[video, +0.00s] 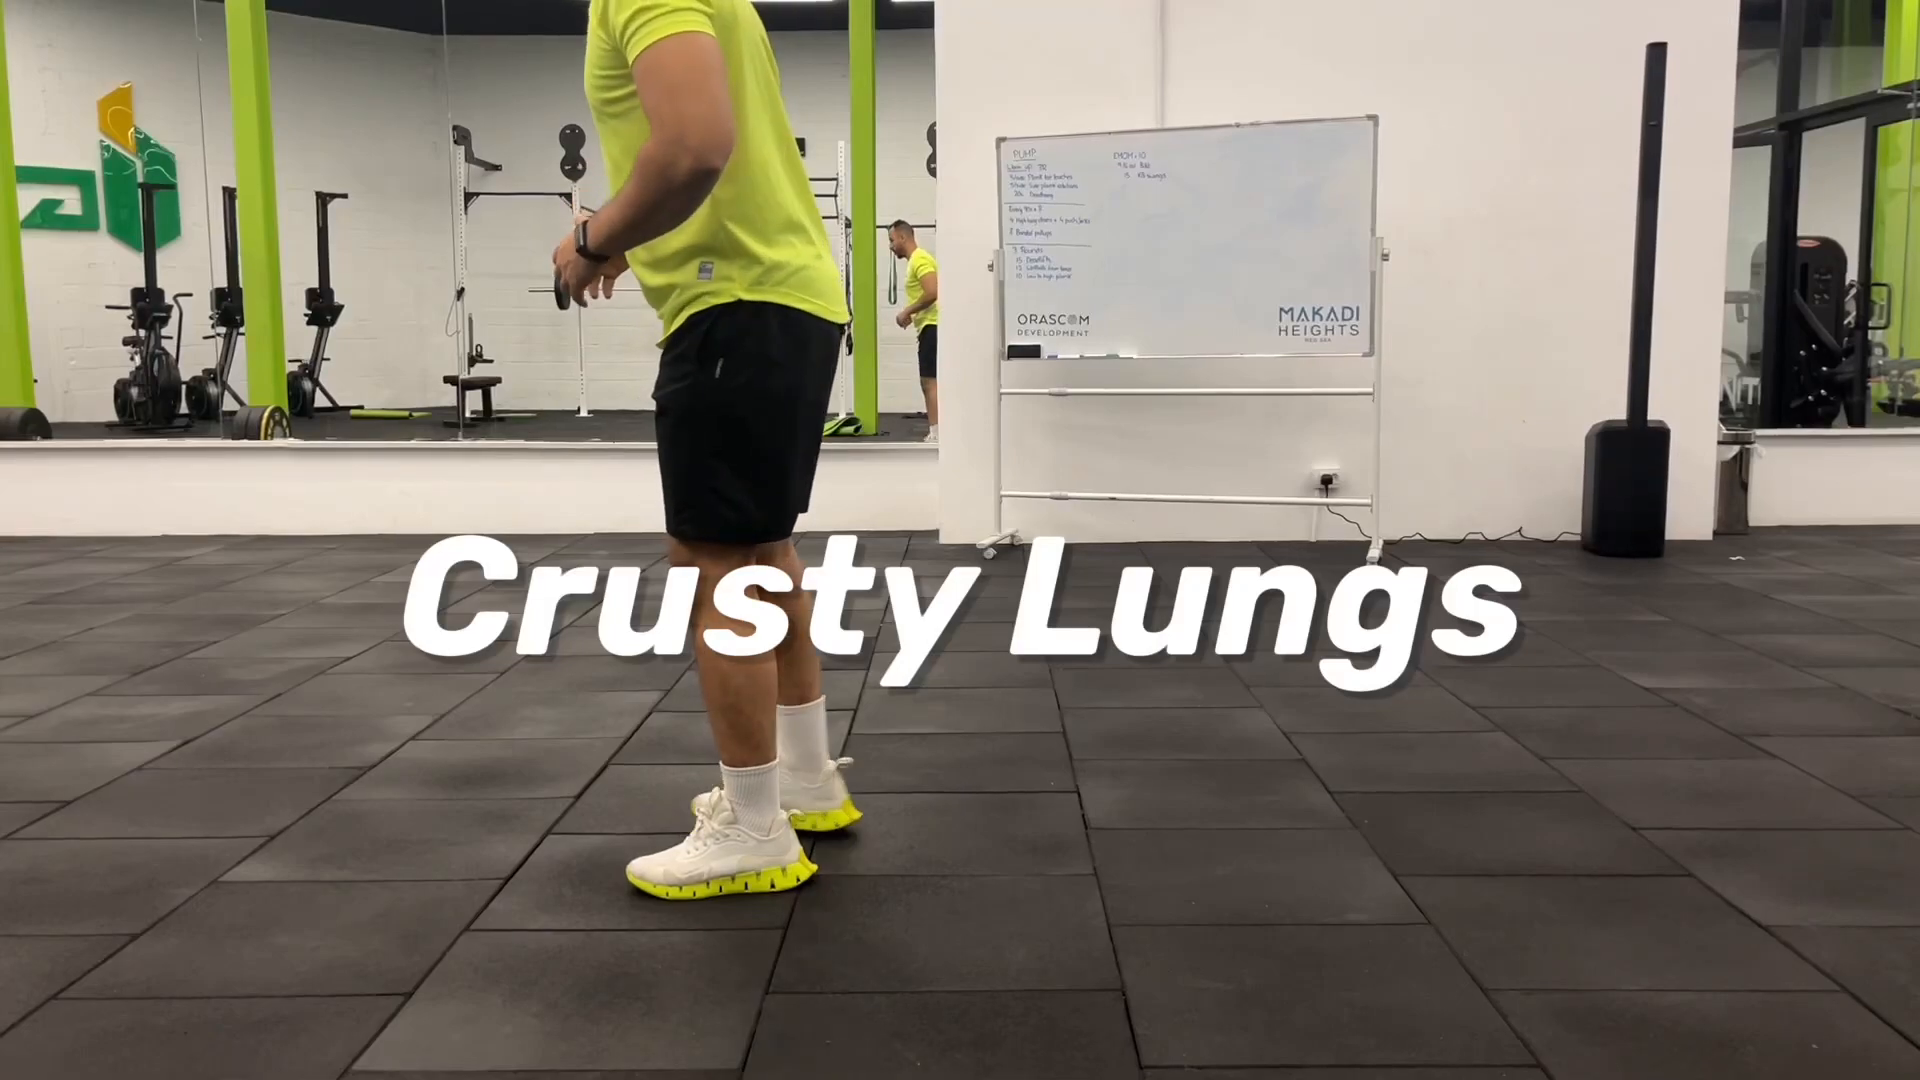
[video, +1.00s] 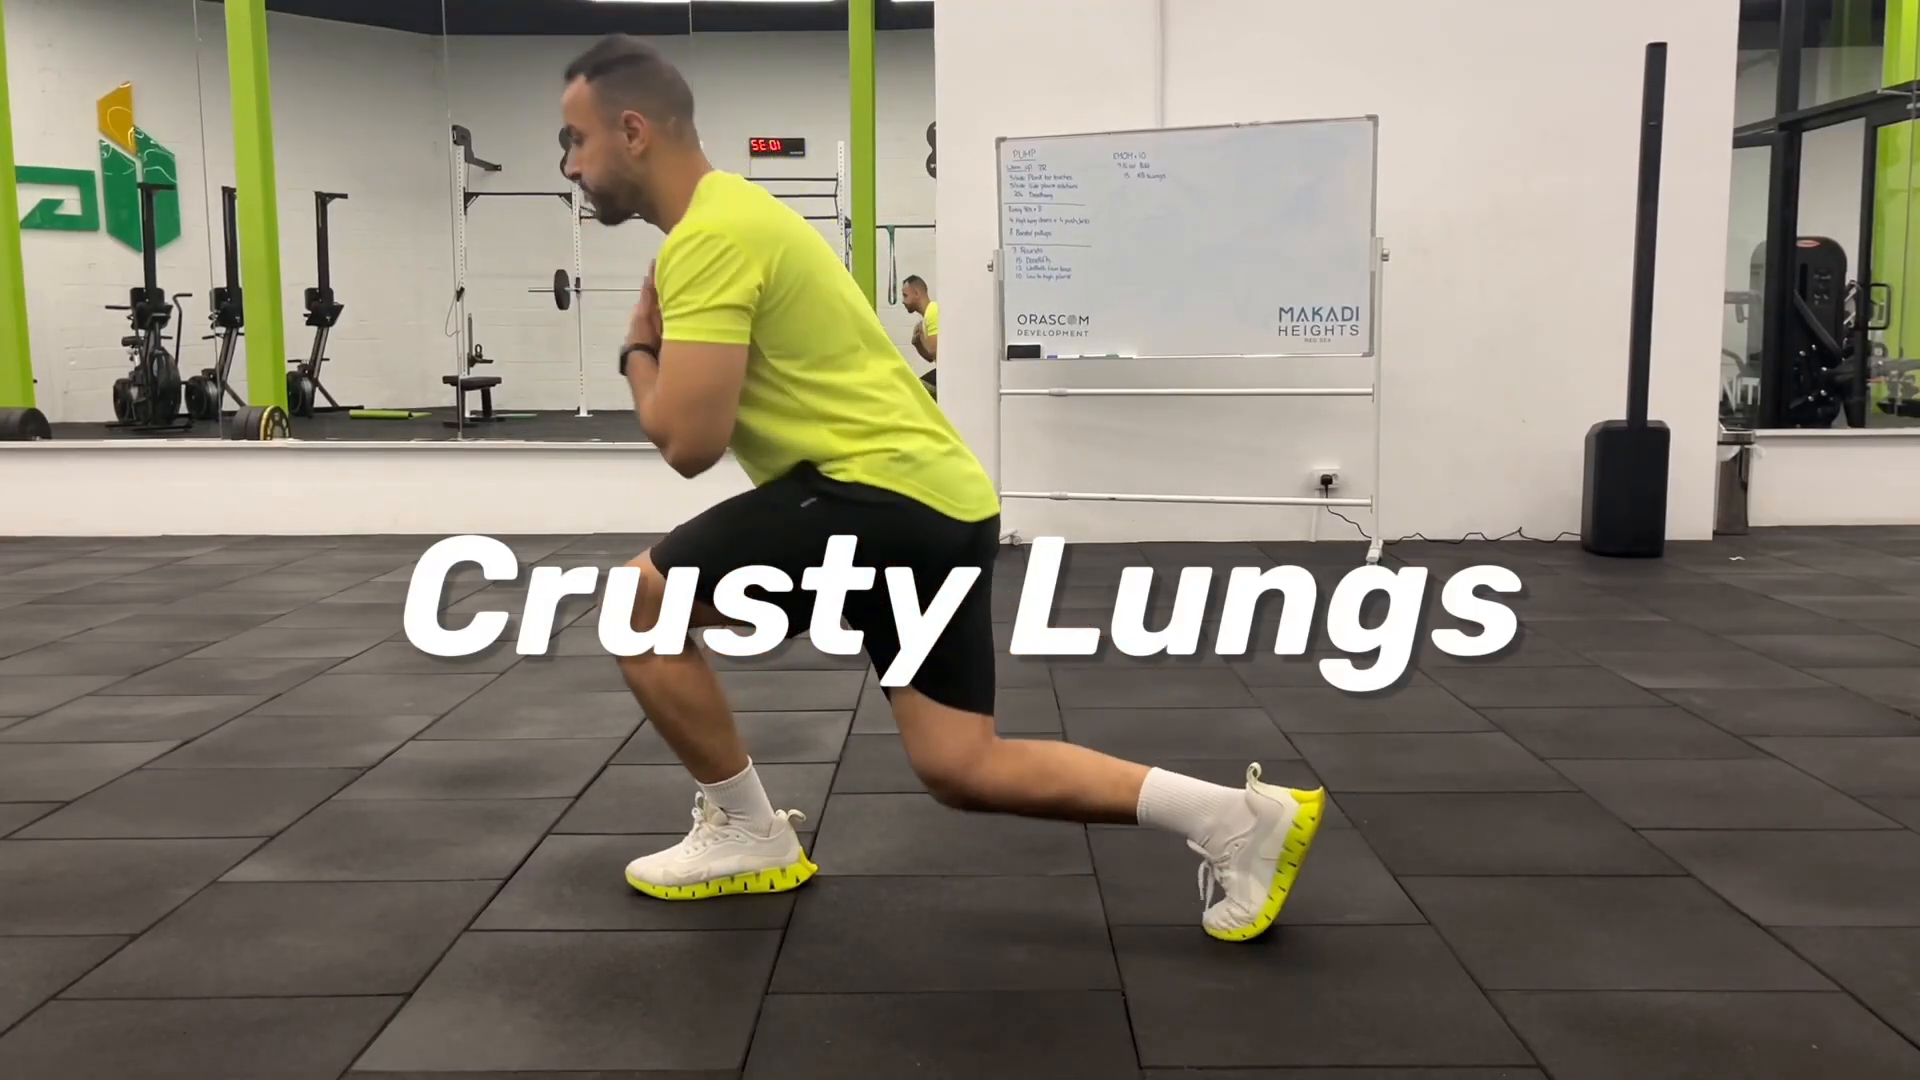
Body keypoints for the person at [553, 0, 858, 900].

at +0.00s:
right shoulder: (710, 11)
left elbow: (694, 140)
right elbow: (722, 159)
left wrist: (598, 232)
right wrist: (618, 246)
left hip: (736, 302)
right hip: (789, 295)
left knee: (718, 560)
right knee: (763, 544)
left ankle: (751, 827)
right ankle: (808, 777)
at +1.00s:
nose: (566, 165)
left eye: (574, 140)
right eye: (563, 143)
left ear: (634, 132)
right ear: (647, 132)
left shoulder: (715, 231)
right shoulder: (740, 218)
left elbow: (689, 443)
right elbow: (717, 416)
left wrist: (640, 353)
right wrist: (661, 361)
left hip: (876, 494)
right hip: (947, 502)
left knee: (648, 609)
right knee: (959, 763)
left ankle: (747, 829)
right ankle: (1235, 819)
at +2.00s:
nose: (499, 67)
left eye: (502, 39)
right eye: (492, 42)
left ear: (560, 23)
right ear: (571, 27)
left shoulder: (650, 116)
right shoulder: (676, 104)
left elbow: (649, 326)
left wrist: (590, 248)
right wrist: (616, 247)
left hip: (827, 376)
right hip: (904, 368)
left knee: (671, 590)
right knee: (956, 620)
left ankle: (749, 829)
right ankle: (1182, 775)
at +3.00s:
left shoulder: (663, 9)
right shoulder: (633, 18)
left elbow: (595, 174)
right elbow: (604, 167)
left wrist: (557, 85)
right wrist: (576, 89)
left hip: (720, 305)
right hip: (685, 308)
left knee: (702, 555)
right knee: (667, 540)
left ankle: (757, 824)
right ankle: (730, 758)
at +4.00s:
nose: (460, 36)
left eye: (467, 9)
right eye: (455, 17)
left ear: (530, 1)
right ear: (543, 8)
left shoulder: (632, 89)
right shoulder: (641, 79)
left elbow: (641, 302)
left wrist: (561, 223)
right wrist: (590, 223)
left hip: (807, 357)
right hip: (877, 342)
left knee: (678, 592)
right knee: (950, 583)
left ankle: (747, 830)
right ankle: (1181, 730)